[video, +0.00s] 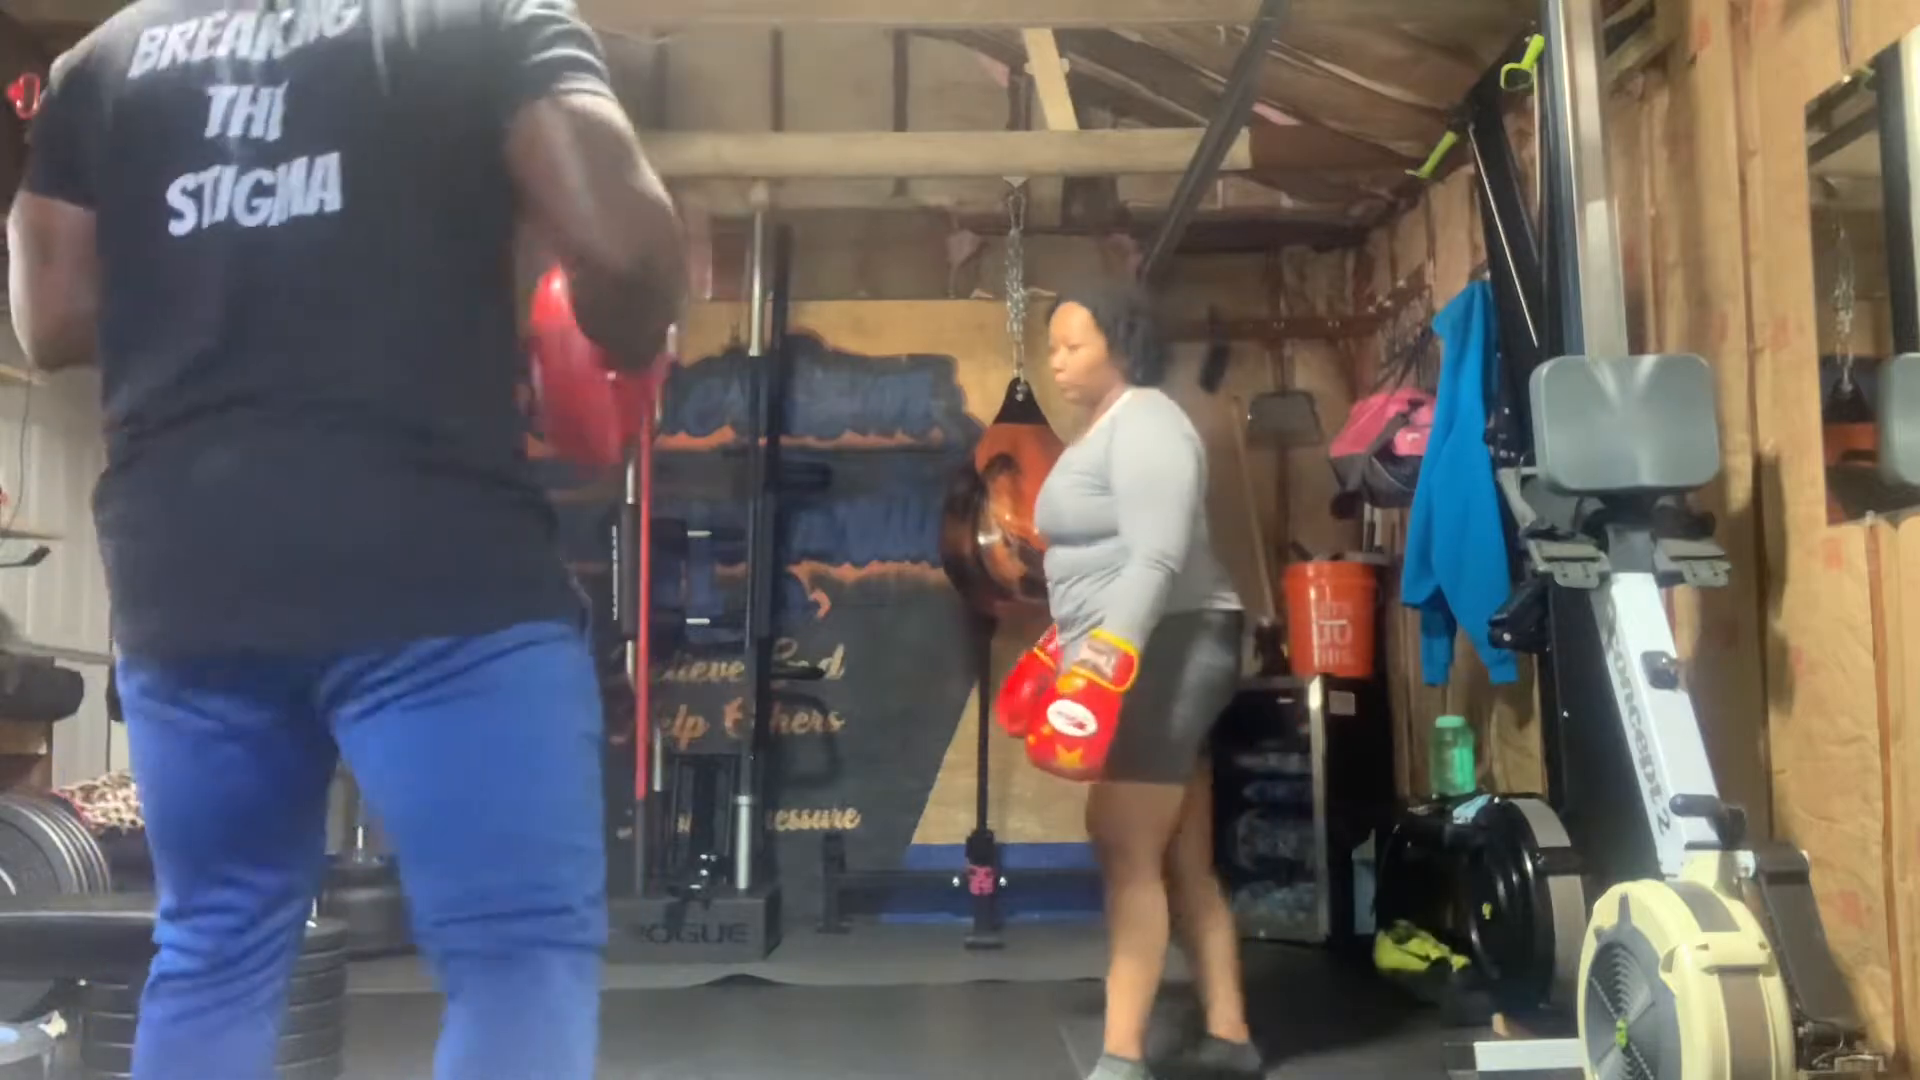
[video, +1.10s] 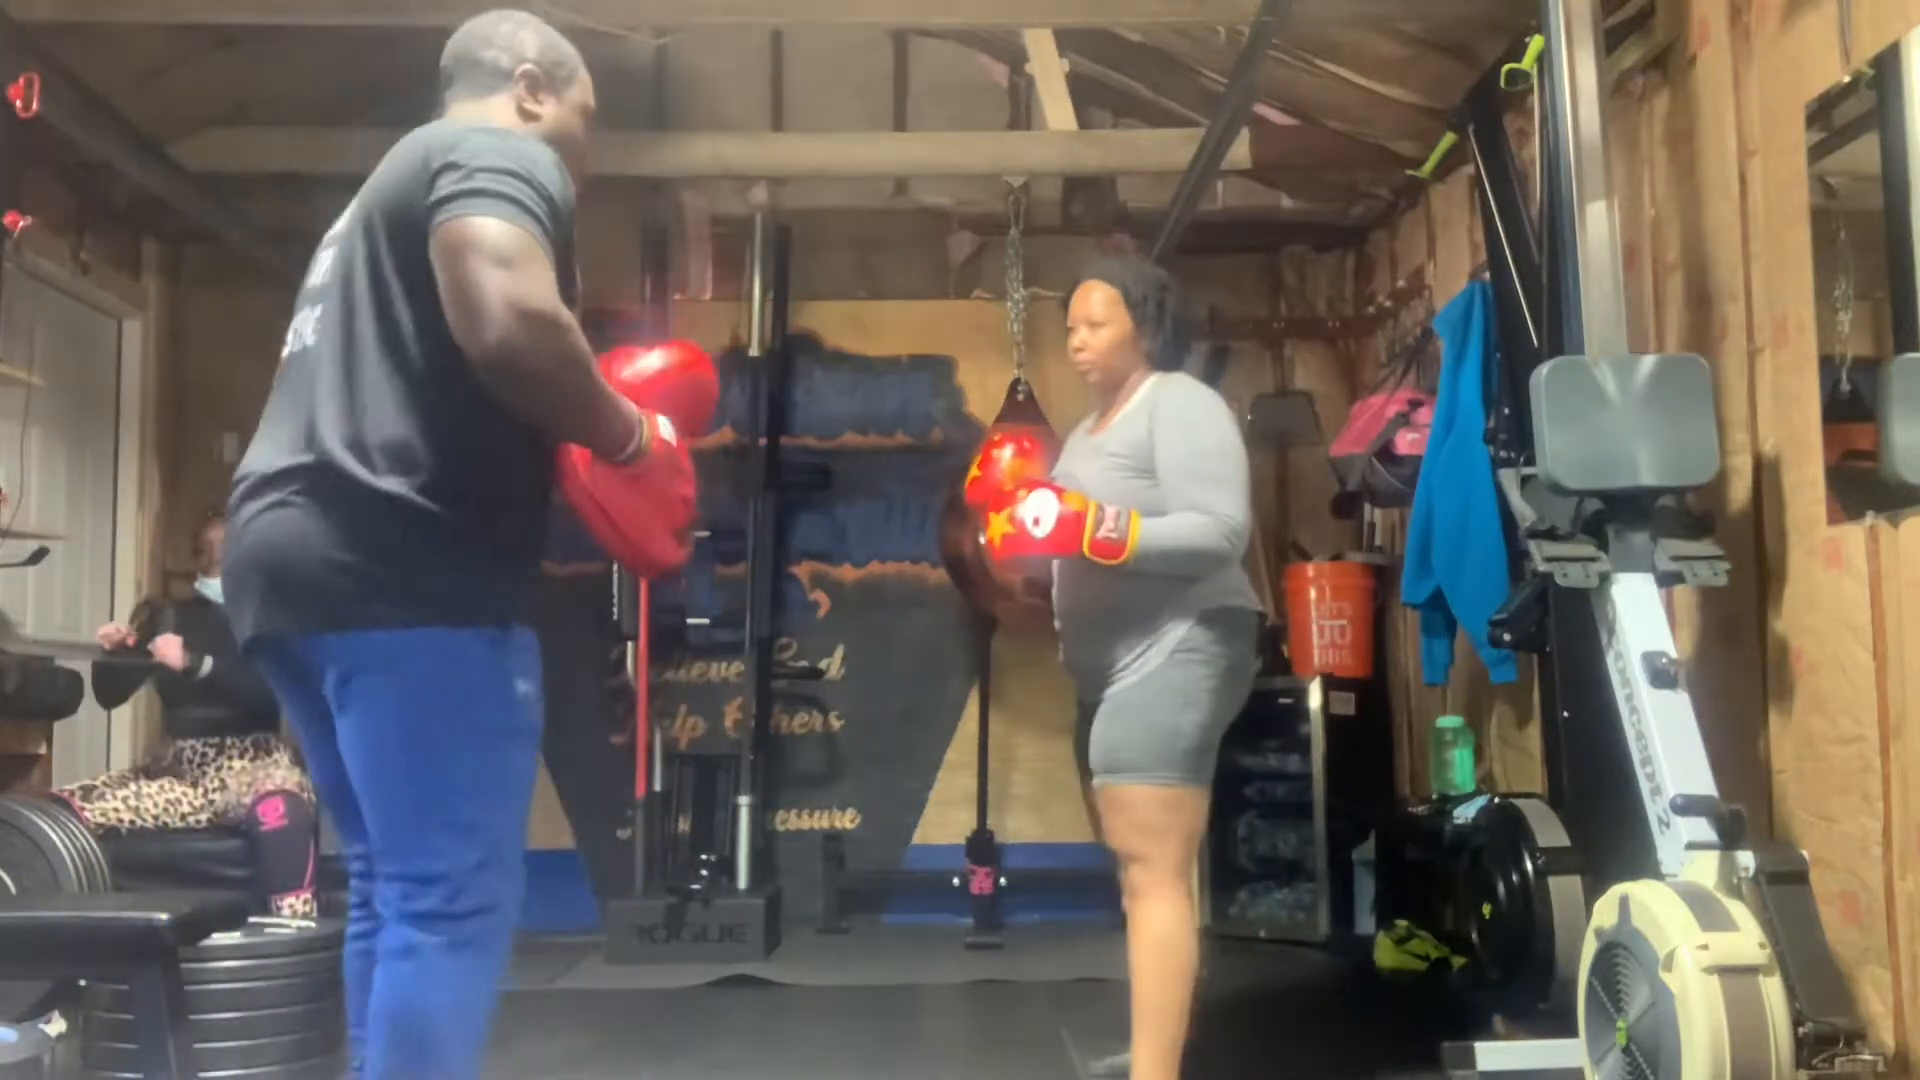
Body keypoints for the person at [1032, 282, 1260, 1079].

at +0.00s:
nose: (1058, 364)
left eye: (1073, 345)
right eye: (1053, 349)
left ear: (1119, 348)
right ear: (1060, 358)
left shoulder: (1148, 422)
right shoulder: (1109, 430)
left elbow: (1158, 555)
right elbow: (1110, 562)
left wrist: (1101, 660)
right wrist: (1060, 648)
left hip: (1175, 634)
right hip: (1157, 635)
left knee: (1127, 840)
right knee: (1186, 855)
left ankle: (1121, 1058)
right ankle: (1229, 1035)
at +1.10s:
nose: (1075, 343)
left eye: (1092, 326)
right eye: (1072, 329)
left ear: (1142, 327)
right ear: (1077, 338)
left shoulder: (1186, 403)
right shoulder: (1083, 435)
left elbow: (1219, 531)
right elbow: (1081, 549)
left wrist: (1098, 527)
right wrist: (1020, 524)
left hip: (1182, 641)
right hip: (1114, 654)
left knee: (1153, 868)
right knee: (1144, 867)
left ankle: (1153, 1068)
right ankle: (1155, 1057)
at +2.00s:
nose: (1080, 346)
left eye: (1098, 328)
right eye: (1076, 331)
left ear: (1151, 329)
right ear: (1076, 340)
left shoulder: (1193, 394)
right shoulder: (1085, 428)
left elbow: (1204, 502)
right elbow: (1032, 548)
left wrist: (1097, 470)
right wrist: (1014, 453)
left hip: (1186, 629)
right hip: (1119, 646)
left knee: (1078, 836)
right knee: (1160, 888)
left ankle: (1108, 1073)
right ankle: (1217, 1072)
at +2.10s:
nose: (1073, 358)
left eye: (1090, 338)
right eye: (1068, 342)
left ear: (1142, 339)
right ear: (1067, 351)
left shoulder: (1190, 407)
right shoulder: (1090, 445)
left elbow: (1202, 529)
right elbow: (1036, 553)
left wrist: (1088, 488)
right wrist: (1013, 474)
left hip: (1169, 642)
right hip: (1115, 656)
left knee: (1074, 869)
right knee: (1147, 898)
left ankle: (1088, 1073)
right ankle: (1214, 1071)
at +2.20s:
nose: (1060, 349)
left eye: (1077, 330)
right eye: (1055, 333)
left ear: (1132, 333)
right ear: (1057, 340)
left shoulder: (1175, 399)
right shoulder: (1073, 430)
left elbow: (1182, 511)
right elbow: (1021, 548)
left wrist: (1081, 472)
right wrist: (1001, 478)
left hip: (1152, 638)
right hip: (1101, 652)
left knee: (1067, 880)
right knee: (1146, 898)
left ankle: (1086, 1074)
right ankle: (1214, 1071)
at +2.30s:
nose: (1038, 330)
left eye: (1054, 313)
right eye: (1033, 317)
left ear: (1106, 312)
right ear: (1031, 330)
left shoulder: (1142, 374)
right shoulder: (1040, 419)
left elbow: (1143, 447)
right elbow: (1016, 548)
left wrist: (1052, 387)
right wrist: (981, 456)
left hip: (1133, 627)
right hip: (1101, 636)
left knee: (1085, 888)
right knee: (1169, 900)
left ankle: (1093, 1075)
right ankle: (1216, 1071)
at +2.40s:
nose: (1010, 325)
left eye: (1028, 305)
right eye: (1005, 310)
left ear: (1084, 302)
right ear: (1001, 319)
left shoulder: (1118, 361)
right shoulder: (1029, 415)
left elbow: (1077, 379)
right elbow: (997, 541)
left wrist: (976, 328)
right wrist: (950, 456)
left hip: (1127, 626)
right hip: (1106, 634)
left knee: (1091, 885)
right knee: (1178, 898)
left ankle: (1096, 1073)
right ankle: (1219, 1072)